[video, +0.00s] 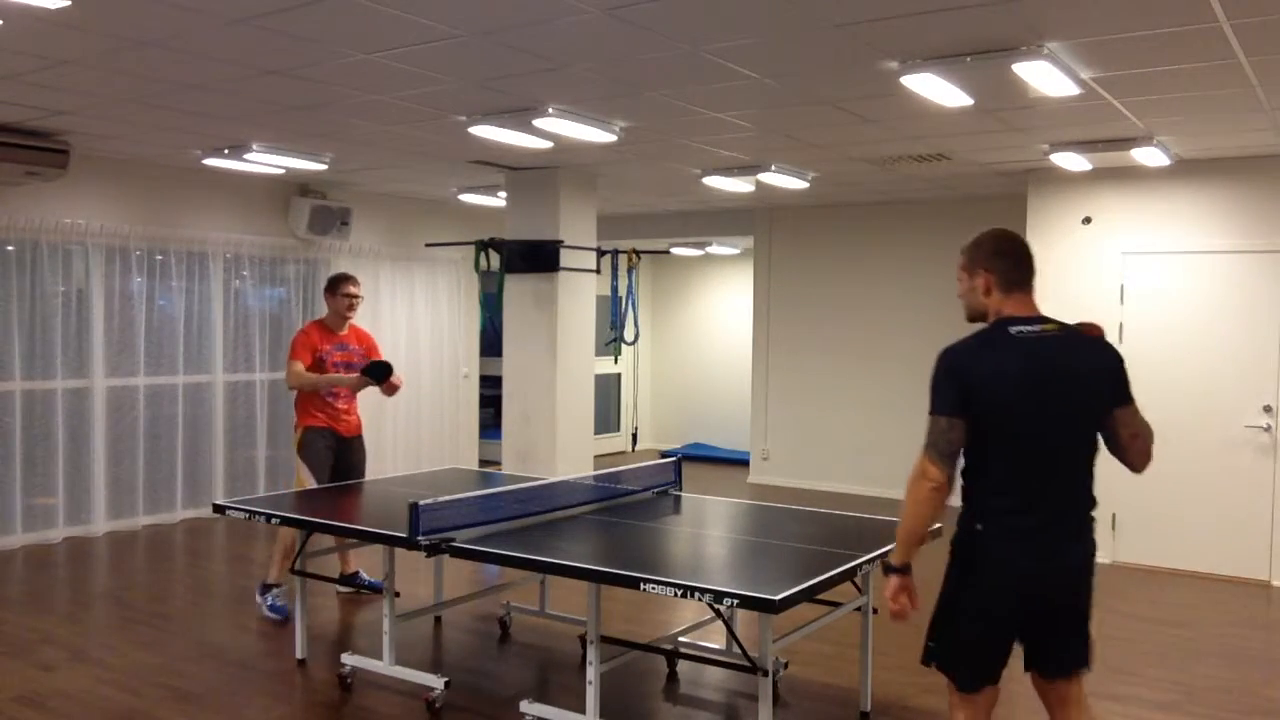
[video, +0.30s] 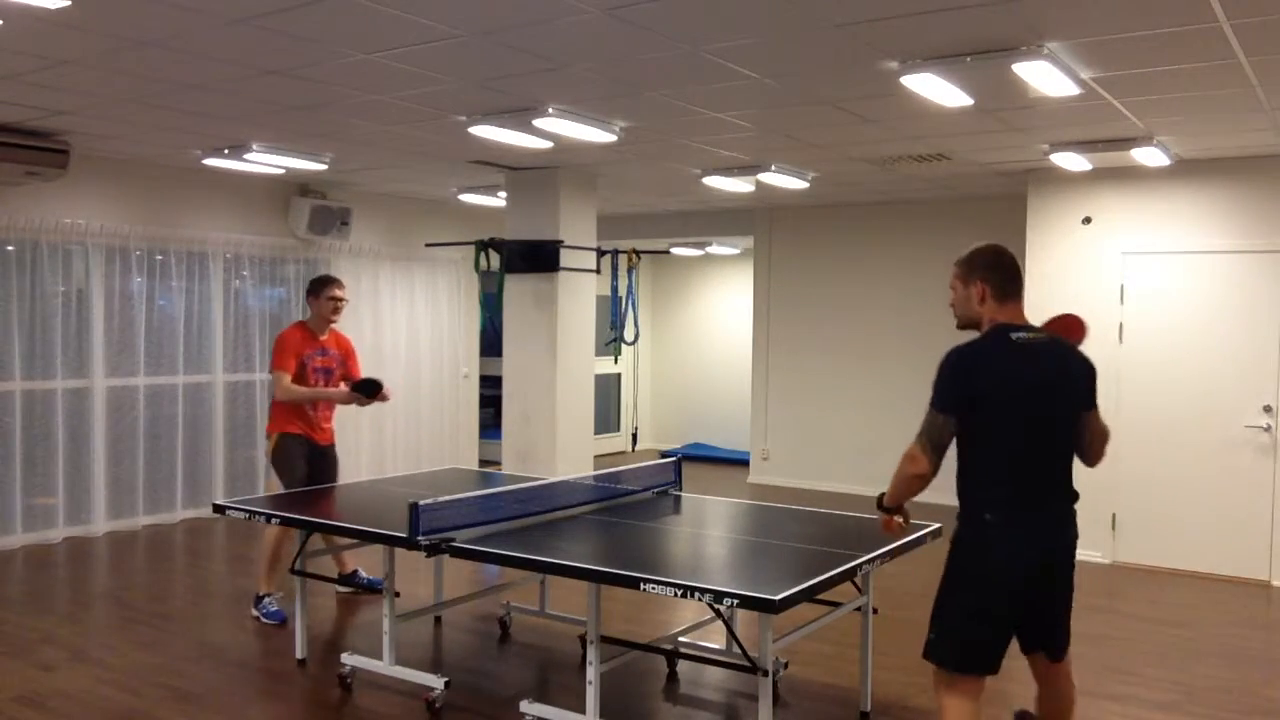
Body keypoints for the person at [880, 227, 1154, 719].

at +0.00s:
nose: (959, 290)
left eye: (962, 277)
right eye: (959, 277)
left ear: (986, 281)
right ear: (1028, 278)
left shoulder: (963, 360)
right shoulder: (1091, 354)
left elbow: (934, 477)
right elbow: (1138, 453)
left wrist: (900, 564)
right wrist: (1102, 359)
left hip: (988, 557)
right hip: (1066, 554)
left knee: (971, 700)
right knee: (1063, 689)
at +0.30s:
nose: (951, 303)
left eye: (955, 291)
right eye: (951, 291)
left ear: (981, 291)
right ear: (1014, 291)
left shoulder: (965, 361)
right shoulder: (1071, 360)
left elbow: (922, 461)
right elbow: (1093, 450)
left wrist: (891, 503)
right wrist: (1065, 388)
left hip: (985, 539)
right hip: (1053, 536)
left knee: (958, 682)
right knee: (1051, 661)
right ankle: (1051, 719)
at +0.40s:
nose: (954, 315)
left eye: (960, 303)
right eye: (955, 303)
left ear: (986, 305)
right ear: (1009, 307)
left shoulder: (977, 373)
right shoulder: (1063, 369)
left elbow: (936, 470)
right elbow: (1079, 446)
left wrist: (898, 510)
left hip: (1003, 542)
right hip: (1062, 539)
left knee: (954, 674)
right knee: (1037, 654)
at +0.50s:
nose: (958, 328)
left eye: (963, 317)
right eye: (958, 318)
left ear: (990, 317)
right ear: (1012, 318)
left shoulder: (991, 379)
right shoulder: (1055, 374)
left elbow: (956, 477)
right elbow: (1052, 467)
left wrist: (912, 530)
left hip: (1023, 551)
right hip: (1073, 548)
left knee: (950, 676)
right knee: (1027, 641)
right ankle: (1037, 716)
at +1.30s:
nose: (978, 365)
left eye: (978, 357)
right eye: (979, 358)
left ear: (984, 354)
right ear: (1028, 354)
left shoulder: (972, 397)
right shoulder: (1069, 400)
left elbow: (942, 483)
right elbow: (1092, 484)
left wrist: (931, 473)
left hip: (1034, 551)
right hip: (1093, 550)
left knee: (968, 675)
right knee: (1041, 635)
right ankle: (1050, 718)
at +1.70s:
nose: (953, 369)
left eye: (952, 361)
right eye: (955, 361)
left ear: (959, 356)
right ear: (999, 357)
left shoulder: (962, 394)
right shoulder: (1035, 402)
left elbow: (936, 492)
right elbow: (1048, 479)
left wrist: (917, 485)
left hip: (1027, 551)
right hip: (1071, 551)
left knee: (955, 668)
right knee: (1008, 641)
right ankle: (1035, 714)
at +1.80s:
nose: (939, 373)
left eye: (941, 363)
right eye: (939, 363)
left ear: (958, 360)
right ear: (983, 360)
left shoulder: (969, 401)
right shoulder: (1012, 404)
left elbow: (946, 493)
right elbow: (995, 503)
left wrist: (913, 486)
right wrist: (923, 508)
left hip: (1025, 561)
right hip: (1058, 559)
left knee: (941, 678)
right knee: (994, 650)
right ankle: (1031, 713)